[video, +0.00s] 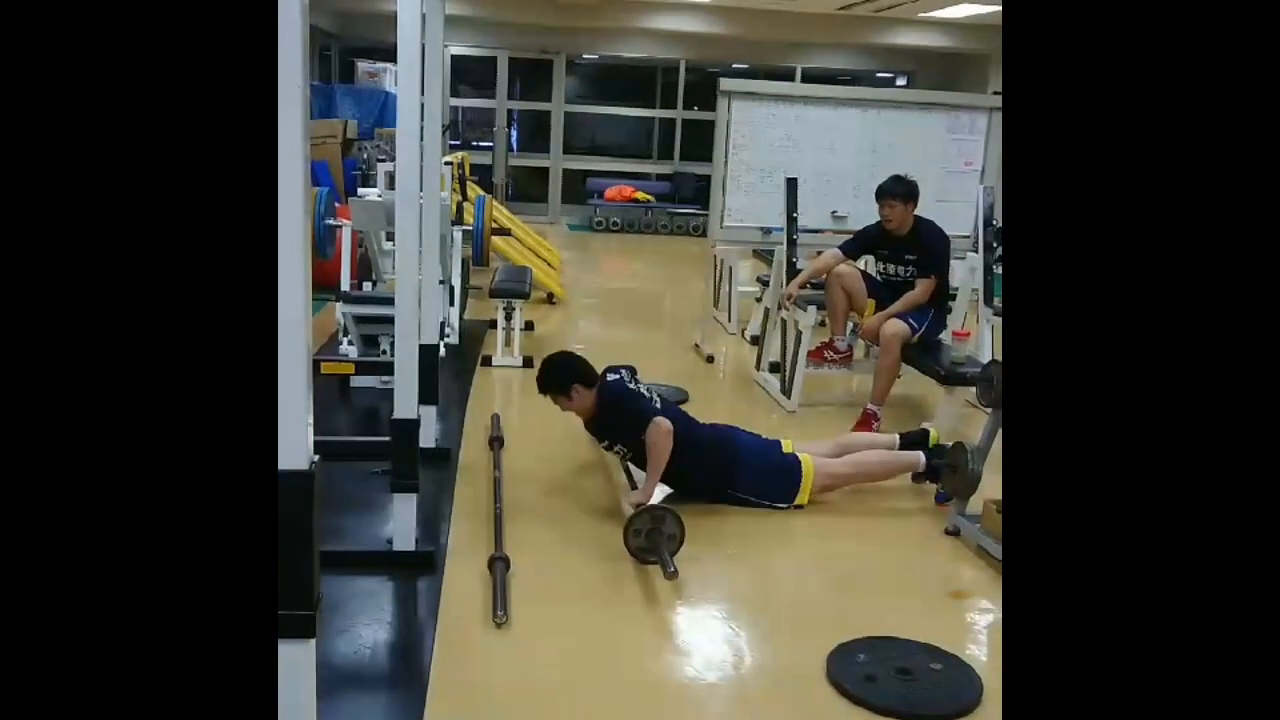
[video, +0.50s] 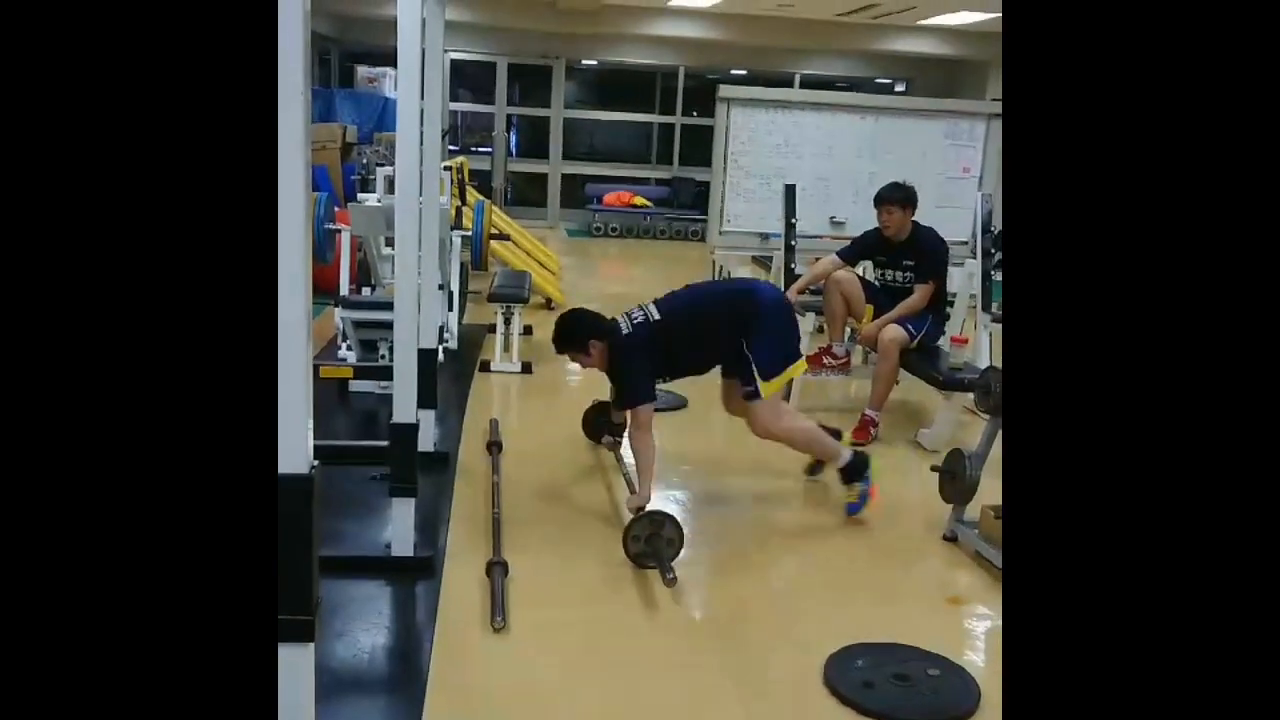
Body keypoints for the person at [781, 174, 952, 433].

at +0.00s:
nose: (884, 213)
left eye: (891, 207)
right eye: (881, 206)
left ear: (911, 208)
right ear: (877, 205)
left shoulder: (932, 238)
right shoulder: (875, 233)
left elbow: (922, 293)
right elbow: (833, 258)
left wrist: (880, 318)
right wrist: (796, 282)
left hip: (925, 308)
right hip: (888, 297)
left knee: (891, 331)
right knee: (839, 273)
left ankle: (872, 412)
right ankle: (839, 347)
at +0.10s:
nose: (883, 213)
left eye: (891, 208)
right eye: (881, 207)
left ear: (911, 208)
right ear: (877, 206)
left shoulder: (931, 238)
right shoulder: (874, 234)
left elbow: (923, 293)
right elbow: (832, 259)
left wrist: (880, 319)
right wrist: (796, 283)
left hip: (924, 308)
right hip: (887, 298)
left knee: (891, 331)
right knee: (839, 274)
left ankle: (872, 412)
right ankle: (839, 348)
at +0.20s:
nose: (883, 215)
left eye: (891, 209)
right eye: (881, 208)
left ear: (910, 209)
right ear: (876, 208)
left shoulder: (932, 239)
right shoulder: (874, 235)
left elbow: (922, 294)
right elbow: (832, 260)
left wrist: (879, 320)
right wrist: (795, 284)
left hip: (924, 310)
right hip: (887, 299)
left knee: (890, 333)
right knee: (838, 275)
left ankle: (871, 414)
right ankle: (839, 349)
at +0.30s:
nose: (883, 217)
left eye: (890, 211)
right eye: (880, 210)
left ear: (910, 211)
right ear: (876, 209)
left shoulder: (931, 240)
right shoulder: (875, 236)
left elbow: (922, 295)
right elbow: (832, 260)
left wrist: (878, 321)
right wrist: (795, 285)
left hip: (924, 311)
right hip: (886, 302)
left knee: (890, 335)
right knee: (838, 276)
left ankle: (871, 414)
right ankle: (838, 351)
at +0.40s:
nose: (883, 218)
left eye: (890, 212)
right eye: (880, 211)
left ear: (909, 212)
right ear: (876, 211)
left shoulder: (930, 241)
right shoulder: (874, 237)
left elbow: (921, 296)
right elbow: (831, 262)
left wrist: (878, 322)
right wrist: (794, 287)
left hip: (923, 313)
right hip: (886, 303)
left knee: (889, 336)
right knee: (837, 278)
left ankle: (870, 417)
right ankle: (838, 352)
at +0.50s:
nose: (883, 218)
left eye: (890, 212)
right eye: (880, 211)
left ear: (909, 213)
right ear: (876, 212)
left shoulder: (930, 243)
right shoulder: (873, 238)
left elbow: (921, 299)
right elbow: (832, 263)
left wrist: (877, 325)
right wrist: (795, 289)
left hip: (925, 314)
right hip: (885, 305)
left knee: (889, 336)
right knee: (837, 279)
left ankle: (870, 418)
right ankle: (837, 354)